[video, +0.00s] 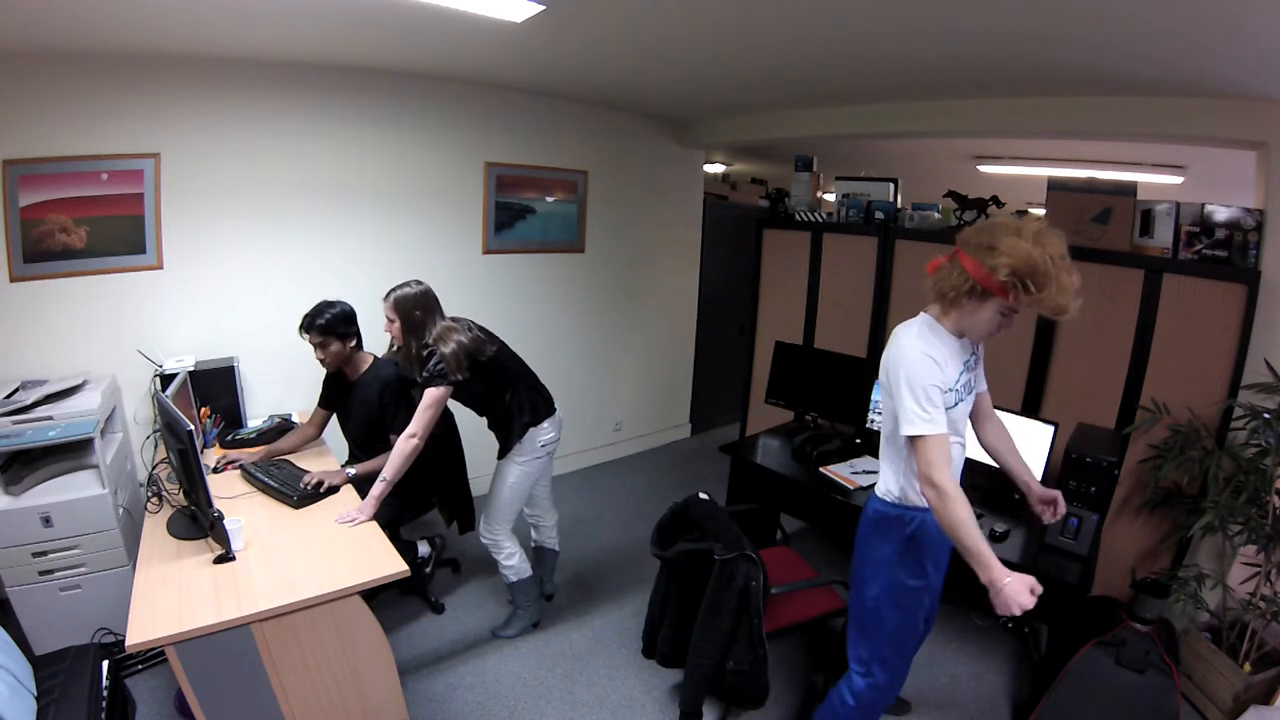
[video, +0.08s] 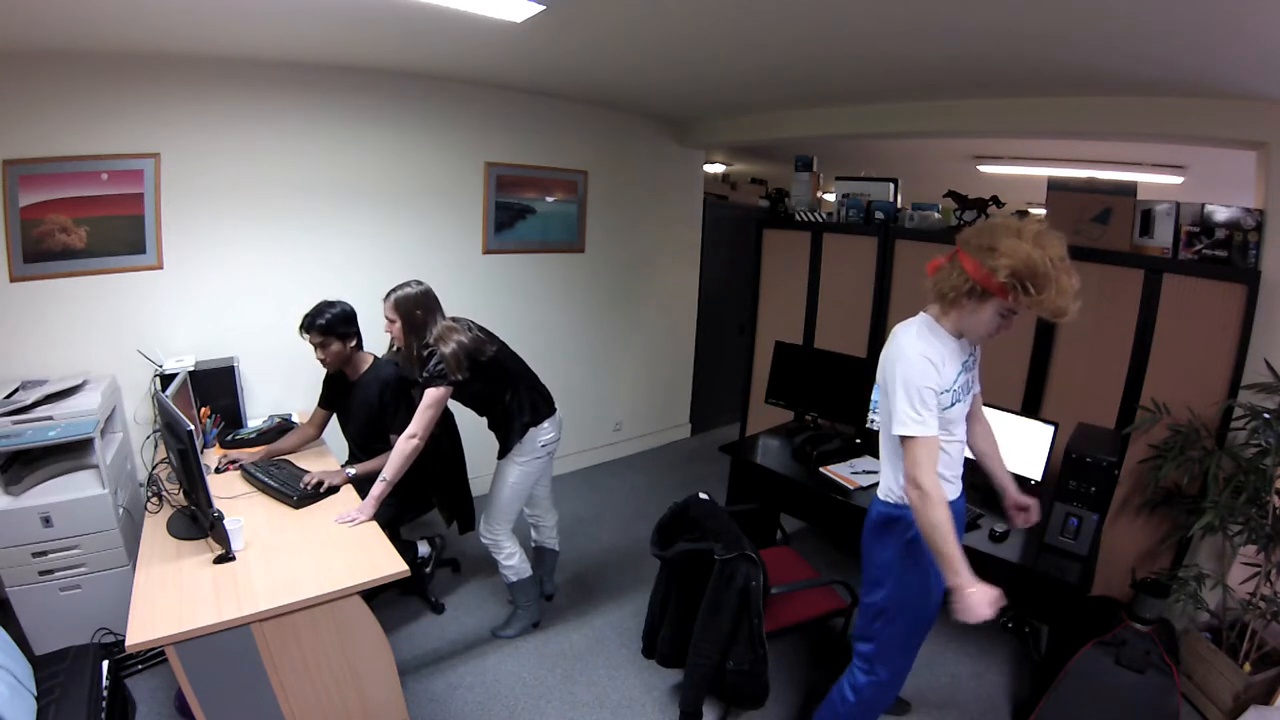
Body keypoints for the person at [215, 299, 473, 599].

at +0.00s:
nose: (318, 356)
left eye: (323, 347)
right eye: (314, 348)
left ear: (350, 341)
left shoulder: (389, 379)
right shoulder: (337, 377)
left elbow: (404, 450)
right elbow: (312, 428)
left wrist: (347, 473)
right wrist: (259, 453)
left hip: (410, 477)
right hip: (368, 471)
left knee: (351, 533)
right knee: (320, 515)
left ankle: (419, 554)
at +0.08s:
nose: (318, 356)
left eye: (323, 347)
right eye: (315, 348)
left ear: (351, 341)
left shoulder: (389, 380)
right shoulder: (337, 377)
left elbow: (404, 450)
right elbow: (312, 428)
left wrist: (346, 473)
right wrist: (258, 454)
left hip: (410, 477)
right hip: (368, 472)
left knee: (351, 534)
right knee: (320, 515)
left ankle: (418, 554)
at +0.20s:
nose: (318, 356)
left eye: (323, 347)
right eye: (314, 348)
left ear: (350, 341)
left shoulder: (388, 380)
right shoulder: (337, 376)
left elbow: (405, 450)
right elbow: (312, 428)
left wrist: (346, 473)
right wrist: (259, 454)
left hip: (409, 479)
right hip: (367, 472)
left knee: (350, 535)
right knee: (319, 516)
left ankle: (418, 555)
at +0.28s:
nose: (318, 356)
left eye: (324, 347)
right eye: (315, 348)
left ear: (350, 341)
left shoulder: (388, 380)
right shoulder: (337, 376)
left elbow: (405, 450)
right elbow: (312, 428)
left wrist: (346, 473)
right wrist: (259, 454)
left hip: (408, 479)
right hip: (367, 472)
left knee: (350, 535)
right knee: (319, 516)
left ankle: (418, 555)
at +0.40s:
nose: (318, 356)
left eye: (324, 347)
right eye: (314, 348)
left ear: (350, 342)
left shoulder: (388, 381)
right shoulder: (338, 376)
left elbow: (405, 450)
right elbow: (312, 428)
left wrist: (346, 473)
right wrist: (259, 454)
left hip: (407, 479)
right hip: (366, 472)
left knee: (348, 534)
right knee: (318, 516)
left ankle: (417, 555)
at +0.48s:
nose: (318, 356)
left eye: (324, 347)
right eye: (314, 348)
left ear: (350, 342)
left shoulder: (388, 381)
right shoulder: (337, 376)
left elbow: (405, 450)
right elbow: (312, 428)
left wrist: (346, 473)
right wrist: (259, 454)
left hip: (408, 479)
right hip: (367, 473)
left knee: (348, 534)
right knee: (318, 515)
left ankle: (418, 555)